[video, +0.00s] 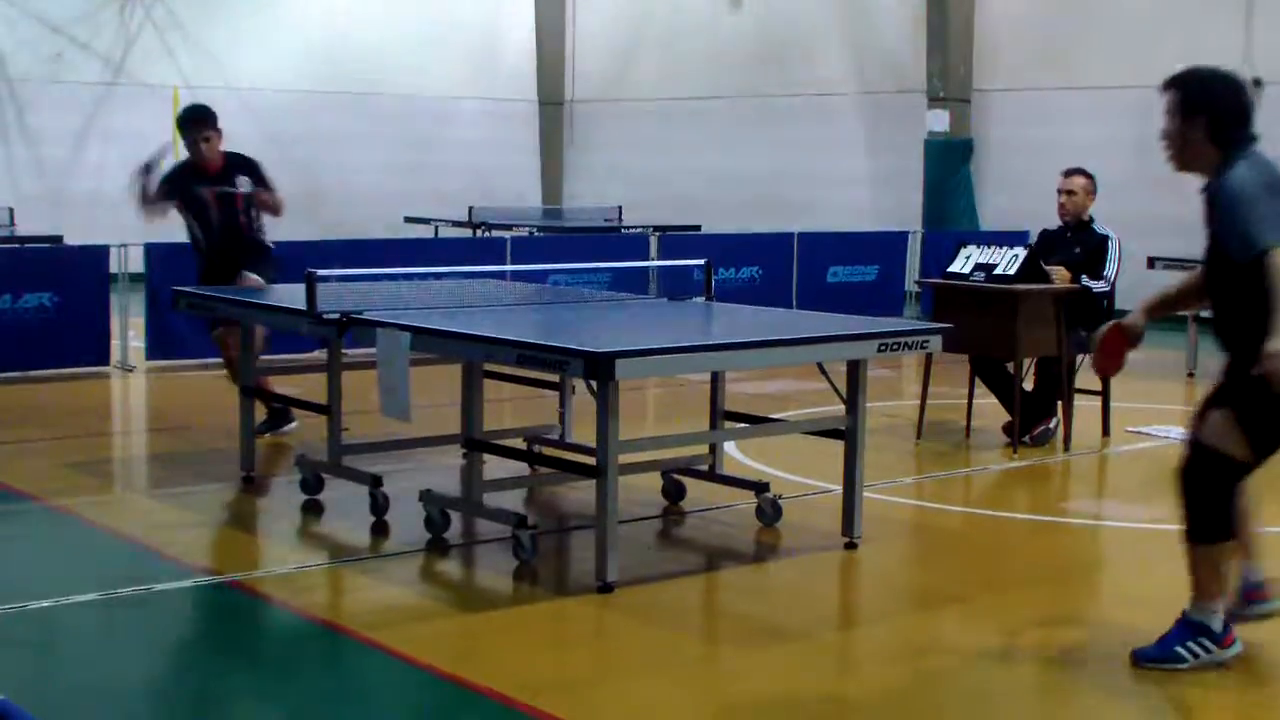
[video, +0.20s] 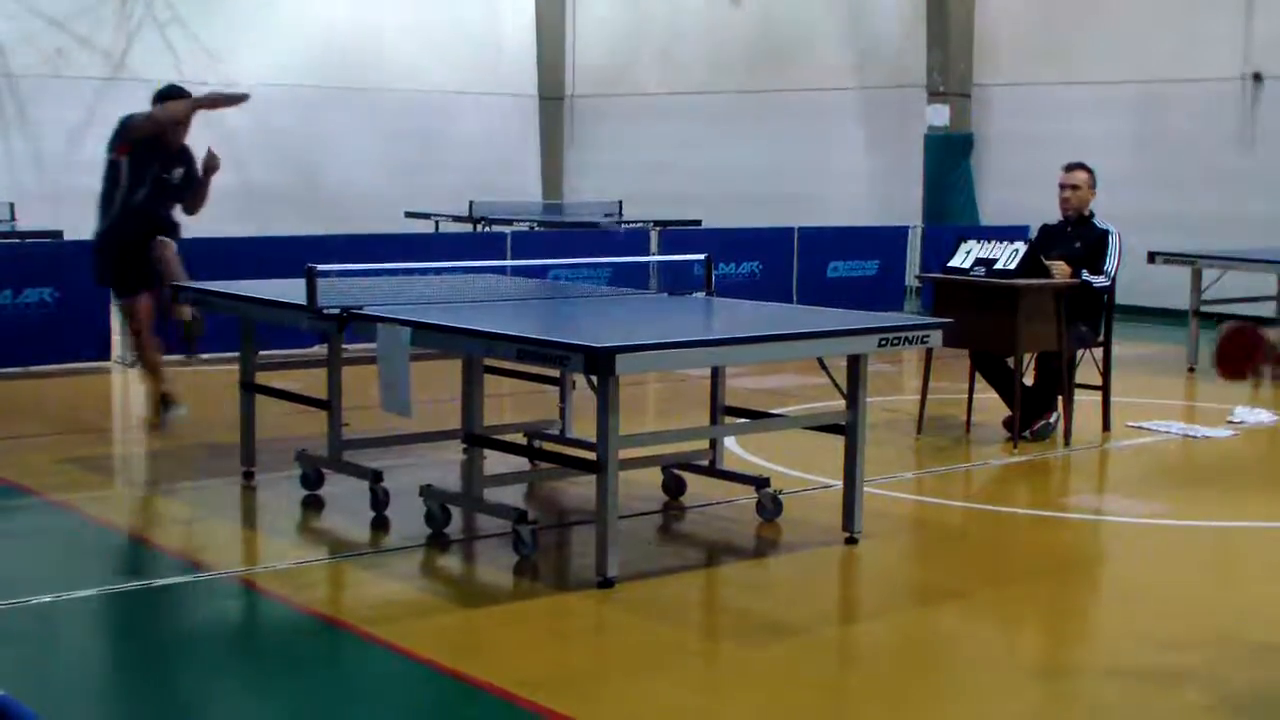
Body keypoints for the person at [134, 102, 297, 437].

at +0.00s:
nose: (200, 150)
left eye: (206, 140)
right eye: (192, 143)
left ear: (219, 136)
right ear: (184, 143)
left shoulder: (243, 167)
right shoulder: (179, 177)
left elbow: (277, 208)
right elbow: (150, 208)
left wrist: (261, 198)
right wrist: (146, 181)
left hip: (252, 254)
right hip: (213, 264)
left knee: (247, 292)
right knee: (231, 353)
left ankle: (251, 362)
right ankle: (277, 408)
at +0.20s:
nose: (179, 131)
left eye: (184, 124)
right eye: (173, 122)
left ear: (189, 123)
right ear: (157, 117)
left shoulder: (183, 157)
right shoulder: (130, 135)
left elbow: (191, 206)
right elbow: (158, 119)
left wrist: (206, 177)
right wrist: (200, 103)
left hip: (158, 230)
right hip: (120, 234)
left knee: (164, 251)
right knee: (139, 319)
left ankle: (186, 312)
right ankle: (161, 395)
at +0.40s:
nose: (135, 155)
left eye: (139, 147)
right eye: (129, 145)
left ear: (140, 150)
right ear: (109, 143)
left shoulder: (127, 196)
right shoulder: (73, 164)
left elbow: (128, 250)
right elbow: (23, 152)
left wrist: (158, 243)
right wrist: (61, 131)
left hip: (90, 275)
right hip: (45, 270)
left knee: (124, 335)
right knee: (35, 347)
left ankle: (124, 409)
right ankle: (1, 412)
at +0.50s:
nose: (128, 150)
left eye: (132, 143)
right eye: (121, 140)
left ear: (134, 146)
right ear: (100, 139)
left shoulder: (119, 191)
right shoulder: (61, 162)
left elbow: (111, 244)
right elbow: (10, 175)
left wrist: (137, 265)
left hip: (84, 269)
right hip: (38, 266)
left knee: (124, 326)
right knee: (31, 344)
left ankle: (113, 403)